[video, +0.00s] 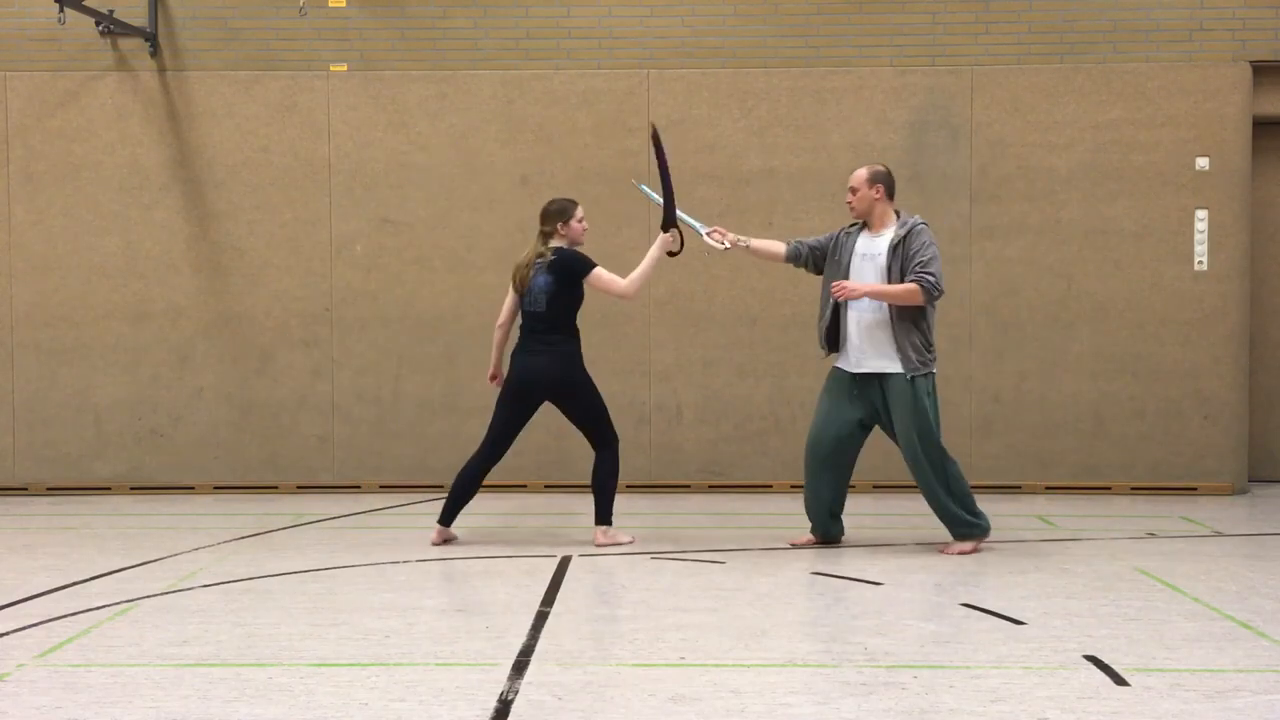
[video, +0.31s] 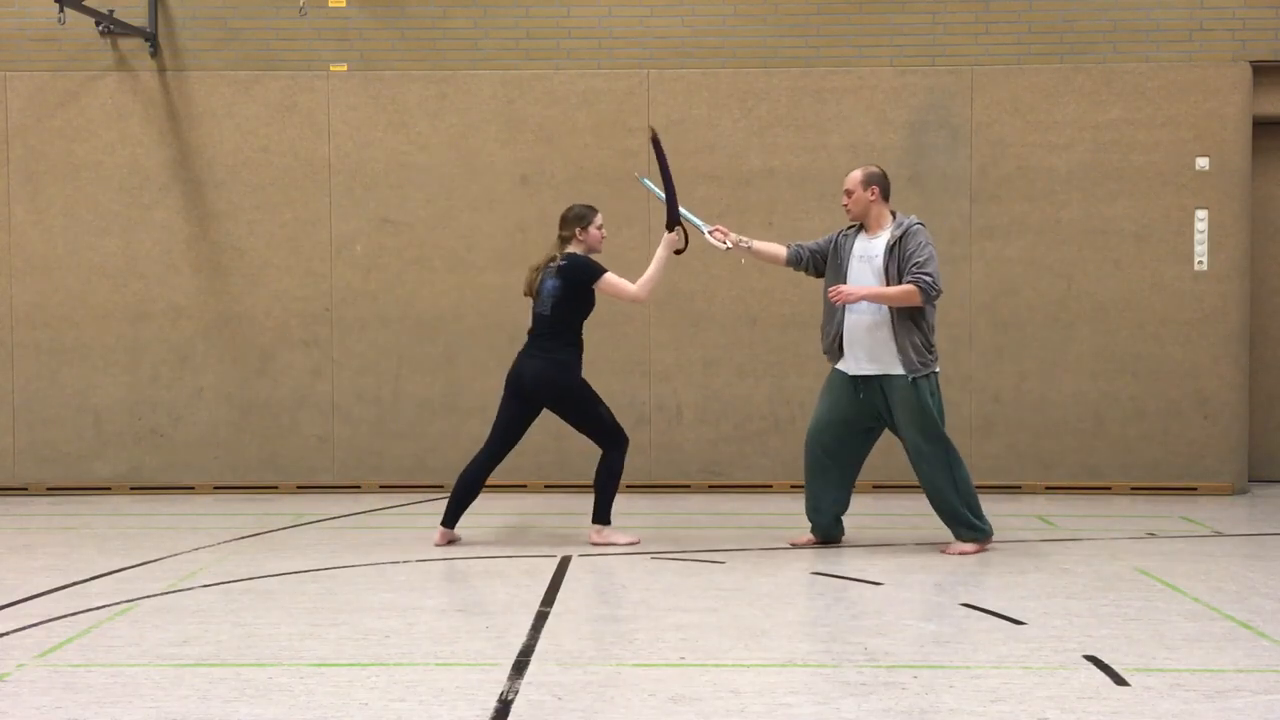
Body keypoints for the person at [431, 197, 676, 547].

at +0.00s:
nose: (586, 226)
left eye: (584, 219)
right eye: (581, 221)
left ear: (552, 229)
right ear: (561, 227)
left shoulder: (529, 264)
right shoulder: (572, 260)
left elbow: (503, 322)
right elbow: (626, 289)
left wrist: (495, 365)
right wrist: (659, 246)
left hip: (524, 371)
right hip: (564, 372)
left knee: (489, 450)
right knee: (606, 443)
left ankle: (442, 527)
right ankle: (603, 530)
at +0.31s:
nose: (604, 234)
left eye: (603, 227)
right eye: (599, 228)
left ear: (574, 233)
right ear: (581, 232)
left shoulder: (549, 267)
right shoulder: (581, 267)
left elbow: (541, 321)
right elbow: (638, 293)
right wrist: (665, 247)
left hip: (525, 373)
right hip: (557, 377)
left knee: (492, 451)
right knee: (616, 442)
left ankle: (445, 529)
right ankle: (601, 528)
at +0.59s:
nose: (653, 235)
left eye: (653, 230)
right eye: (648, 230)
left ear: (627, 236)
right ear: (629, 234)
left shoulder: (613, 269)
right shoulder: (624, 264)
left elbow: (614, 337)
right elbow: (677, 271)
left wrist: (651, 374)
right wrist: (696, 228)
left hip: (582, 378)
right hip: (600, 381)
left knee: (566, 458)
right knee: (643, 452)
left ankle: (489, 499)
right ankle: (601, 528)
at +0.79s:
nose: (707, 218)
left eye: (707, 212)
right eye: (701, 213)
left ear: (689, 217)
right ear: (683, 216)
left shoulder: (684, 262)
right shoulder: (663, 244)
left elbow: (686, 327)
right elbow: (706, 224)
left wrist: (722, 364)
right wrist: (743, 200)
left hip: (673, 366)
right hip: (649, 364)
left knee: (711, 434)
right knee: (643, 448)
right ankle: (602, 526)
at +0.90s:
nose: (735, 219)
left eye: (736, 215)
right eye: (730, 214)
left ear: (725, 217)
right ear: (713, 217)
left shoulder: (722, 266)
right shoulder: (691, 247)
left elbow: (716, 326)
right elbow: (722, 231)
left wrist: (747, 365)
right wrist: (767, 210)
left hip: (708, 366)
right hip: (679, 364)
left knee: (753, 436)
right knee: (652, 444)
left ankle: (777, 516)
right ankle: (607, 520)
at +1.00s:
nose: (763, 229)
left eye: (762, 223)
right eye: (756, 224)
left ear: (742, 231)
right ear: (736, 231)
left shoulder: (752, 275)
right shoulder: (717, 261)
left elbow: (747, 333)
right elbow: (744, 248)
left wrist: (771, 369)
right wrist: (787, 227)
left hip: (745, 379)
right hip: (711, 378)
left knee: (800, 440)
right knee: (674, 447)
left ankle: (805, 522)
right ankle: (617, 520)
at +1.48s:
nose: (816, 237)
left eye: (816, 231)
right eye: (809, 232)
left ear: (814, 238)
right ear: (789, 239)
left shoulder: (813, 283)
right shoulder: (771, 267)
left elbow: (807, 339)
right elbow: (773, 268)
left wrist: (813, 383)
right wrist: (820, 246)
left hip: (787, 384)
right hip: (752, 379)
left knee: (835, 434)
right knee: (711, 450)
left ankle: (808, 517)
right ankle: (654, 521)